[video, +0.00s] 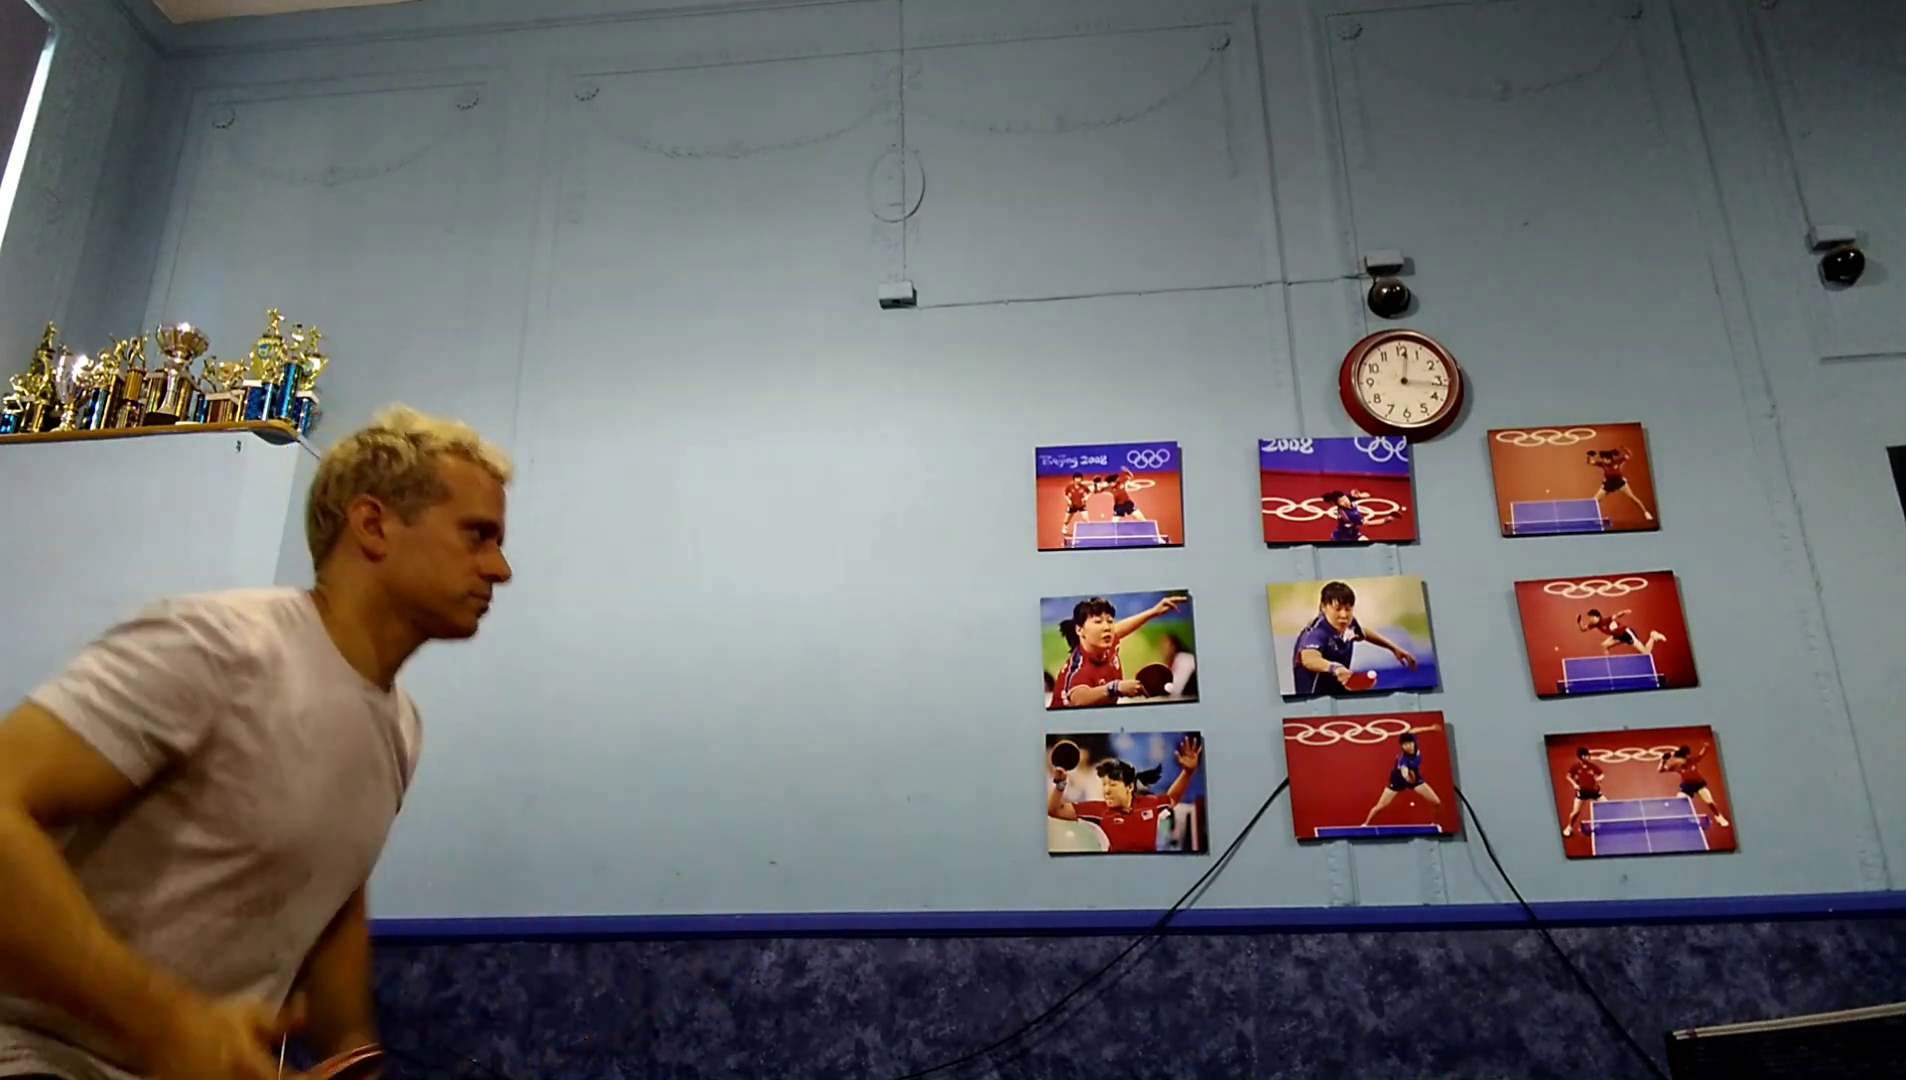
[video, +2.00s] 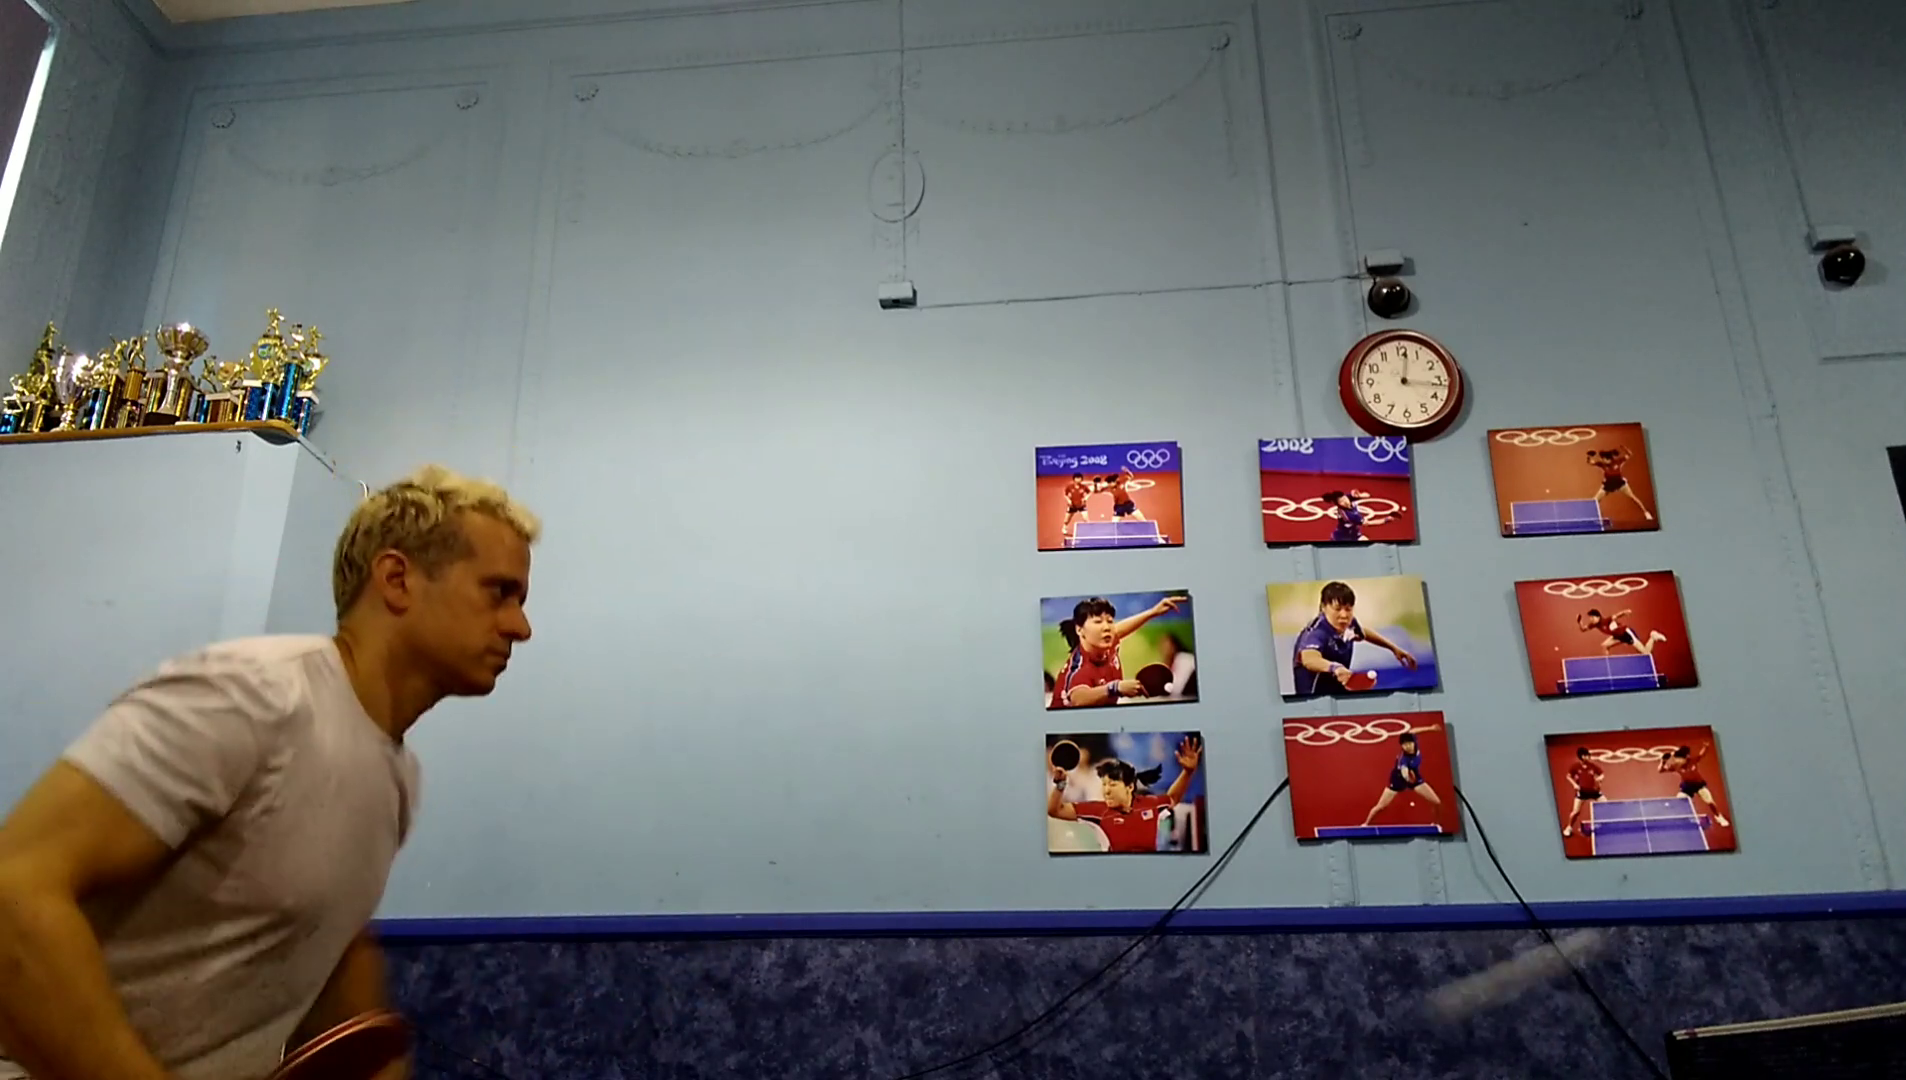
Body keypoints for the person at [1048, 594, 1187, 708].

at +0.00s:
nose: (1107, 628)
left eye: (1110, 622)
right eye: (1098, 622)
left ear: (1114, 626)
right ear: (1080, 630)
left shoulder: (1109, 644)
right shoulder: (1079, 666)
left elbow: (1120, 629)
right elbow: (1078, 698)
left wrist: (1154, 611)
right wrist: (1115, 687)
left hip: (1102, 724)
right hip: (1069, 729)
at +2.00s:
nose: (1107, 628)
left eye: (1110, 622)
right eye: (1098, 622)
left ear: (1114, 626)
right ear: (1080, 630)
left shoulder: (1109, 645)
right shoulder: (1079, 666)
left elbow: (1118, 630)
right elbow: (1078, 698)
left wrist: (1154, 612)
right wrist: (1115, 687)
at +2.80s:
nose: (1107, 628)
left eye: (1109, 622)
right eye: (1098, 622)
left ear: (1114, 626)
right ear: (1080, 630)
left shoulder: (1109, 645)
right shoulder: (1079, 666)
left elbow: (1119, 630)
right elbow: (1078, 698)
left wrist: (1154, 612)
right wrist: (1115, 687)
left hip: (1102, 724)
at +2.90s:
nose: (1107, 628)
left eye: (1110, 622)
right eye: (1098, 622)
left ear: (1114, 626)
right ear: (1080, 630)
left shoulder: (1109, 645)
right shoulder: (1079, 666)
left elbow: (1119, 630)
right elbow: (1078, 698)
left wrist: (1154, 612)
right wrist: (1115, 687)